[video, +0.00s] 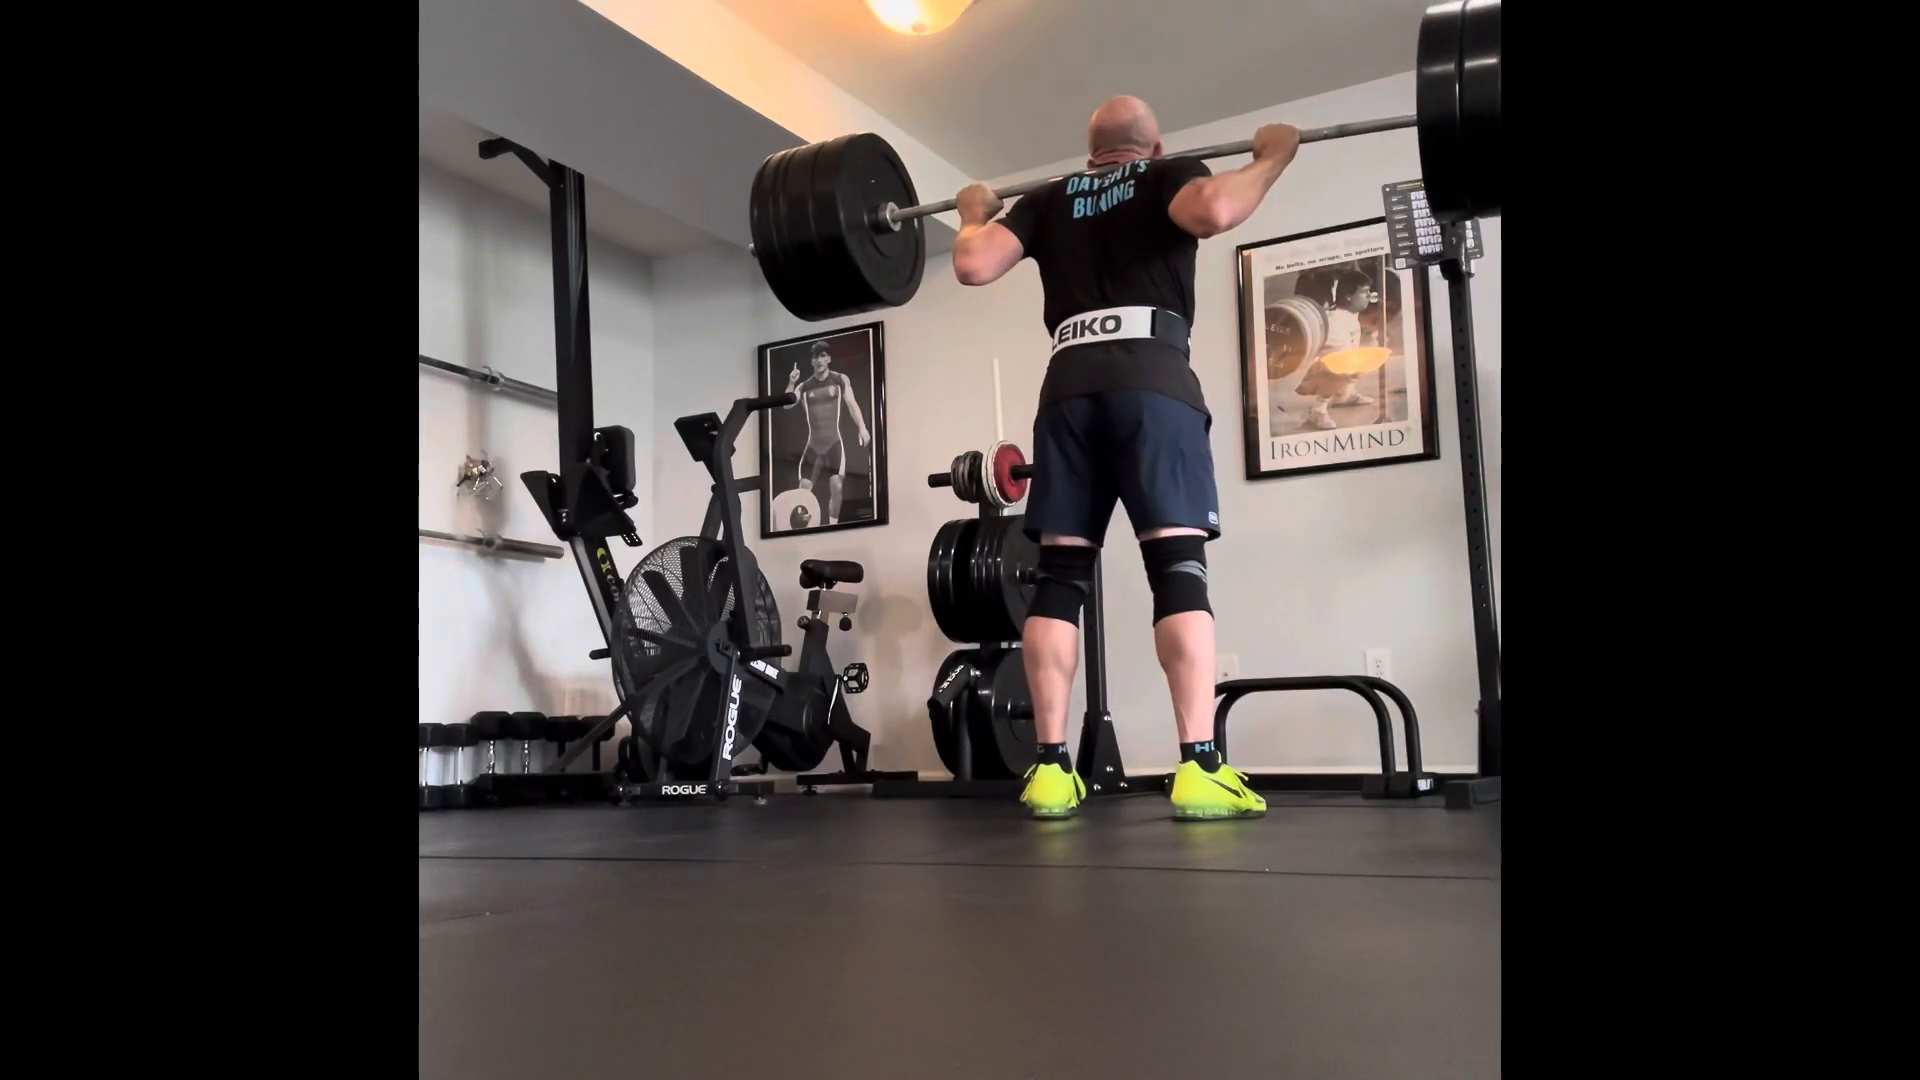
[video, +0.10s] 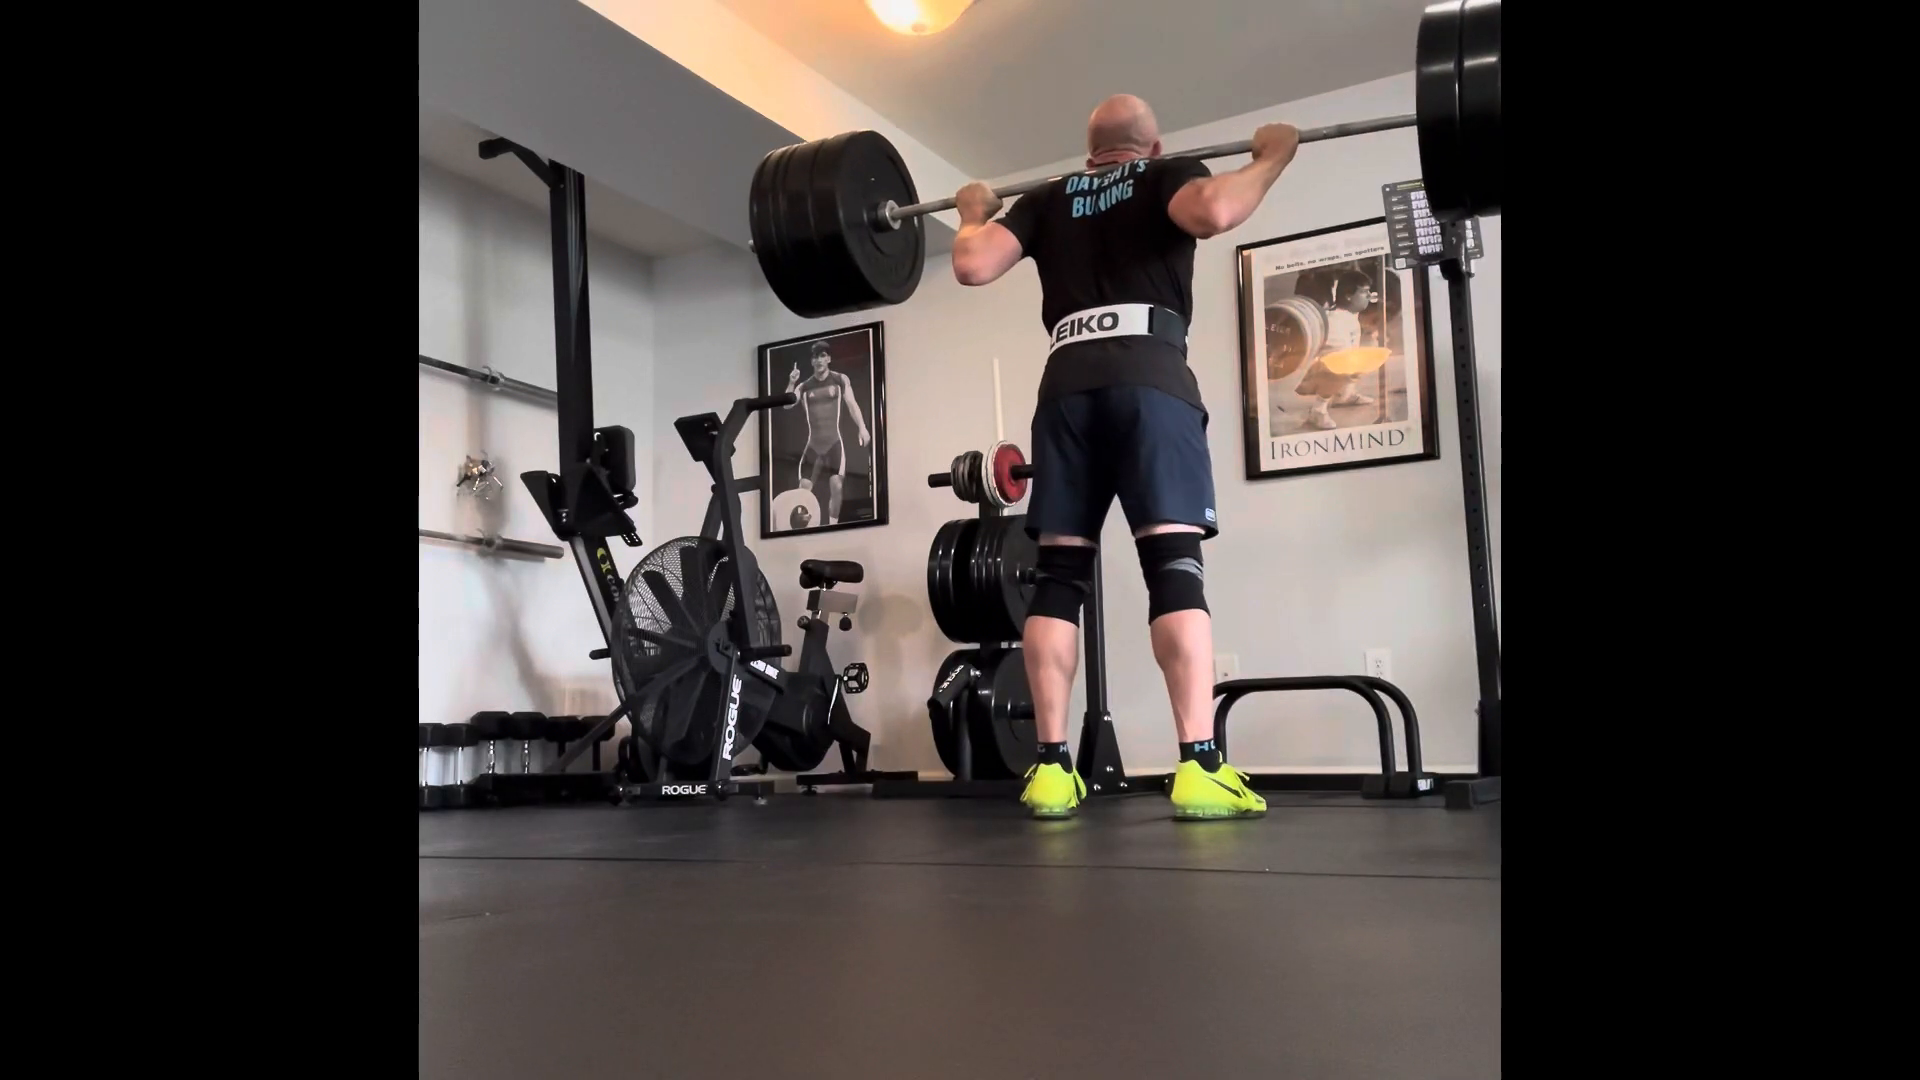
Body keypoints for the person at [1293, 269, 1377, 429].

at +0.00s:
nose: (1369, 296)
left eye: (1368, 292)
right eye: (1364, 292)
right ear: (1348, 296)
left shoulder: (1353, 317)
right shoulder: (1337, 318)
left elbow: (1352, 350)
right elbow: (1334, 354)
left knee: (1358, 363)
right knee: (1339, 369)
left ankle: (1345, 394)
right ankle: (1318, 409)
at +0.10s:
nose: (1369, 296)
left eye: (1368, 292)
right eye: (1364, 292)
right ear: (1348, 296)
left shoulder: (1353, 317)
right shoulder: (1336, 318)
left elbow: (1352, 350)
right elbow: (1334, 355)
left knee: (1358, 363)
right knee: (1339, 369)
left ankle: (1345, 394)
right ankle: (1318, 409)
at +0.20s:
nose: (1369, 296)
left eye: (1368, 292)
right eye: (1364, 292)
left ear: (1349, 296)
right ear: (1348, 296)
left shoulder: (1353, 317)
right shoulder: (1336, 318)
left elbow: (1352, 351)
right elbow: (1334, 355)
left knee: (1358, 363)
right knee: (1339, 368)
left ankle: (1345, 394)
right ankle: (1319, 409)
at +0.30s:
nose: (1369, 296)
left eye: (1368, 292)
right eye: (1364, 292)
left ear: (1349, 296)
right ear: (1348, 296)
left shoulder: (1353, 317)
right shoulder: (1336, 319)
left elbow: (1352, 351)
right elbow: (1334, 356)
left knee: (1358, 363)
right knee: (1339, 368)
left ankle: (1345, 394)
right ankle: (1318, 409)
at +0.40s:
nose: (1369, 296)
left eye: (1368, 292)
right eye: (1364, 292)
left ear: (1350, 297)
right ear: (1348, 296)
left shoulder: (1353, 317)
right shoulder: (1336, 318)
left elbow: (1352, 351)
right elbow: (1334, 355)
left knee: (1358, 363)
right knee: (1339, 368)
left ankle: (1345, 394)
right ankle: (1318, 409)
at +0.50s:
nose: (1369, 296)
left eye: (1368, 292)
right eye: (1364, 292)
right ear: (1348, 296)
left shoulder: (1353, 317)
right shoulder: (1336, 319)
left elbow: (1352, 351)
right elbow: (1334, 356)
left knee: (1358, 363)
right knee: (1339, 368)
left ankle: (1345, 394)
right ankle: (1318, 409)